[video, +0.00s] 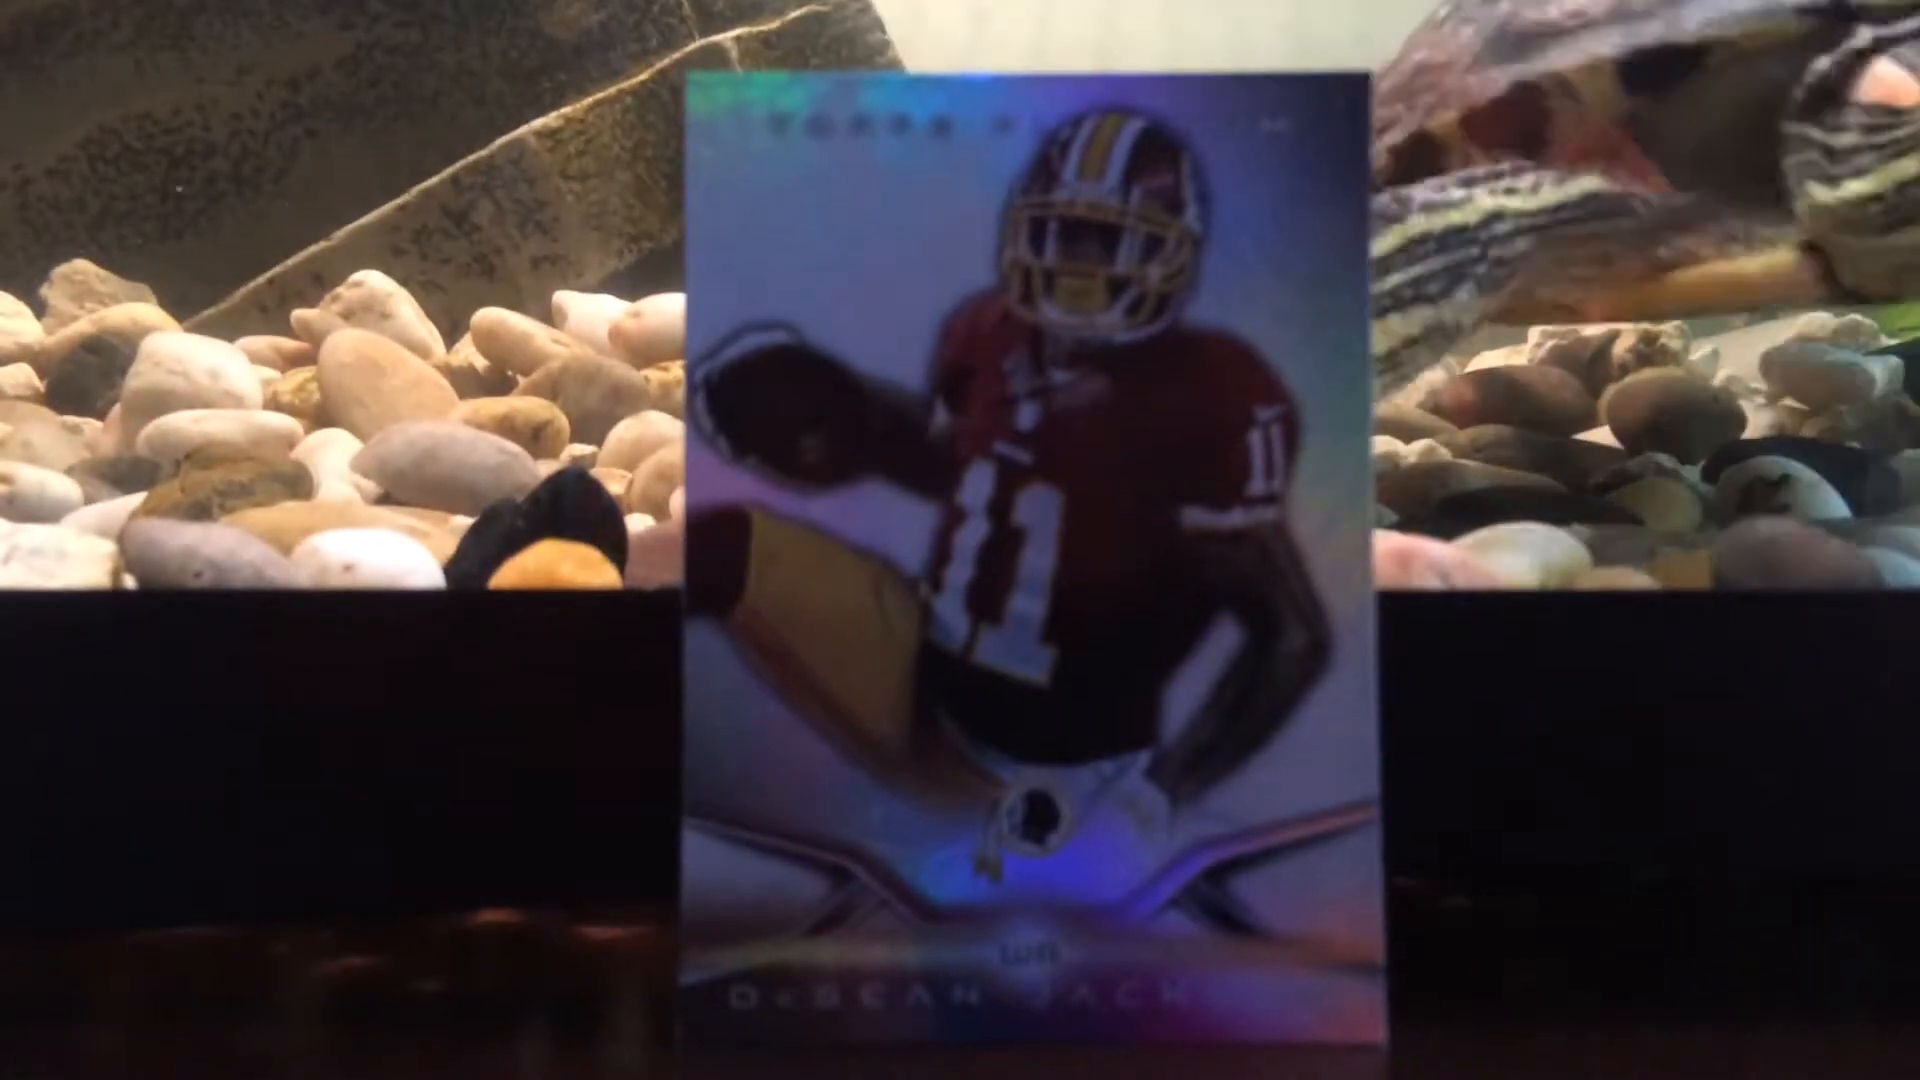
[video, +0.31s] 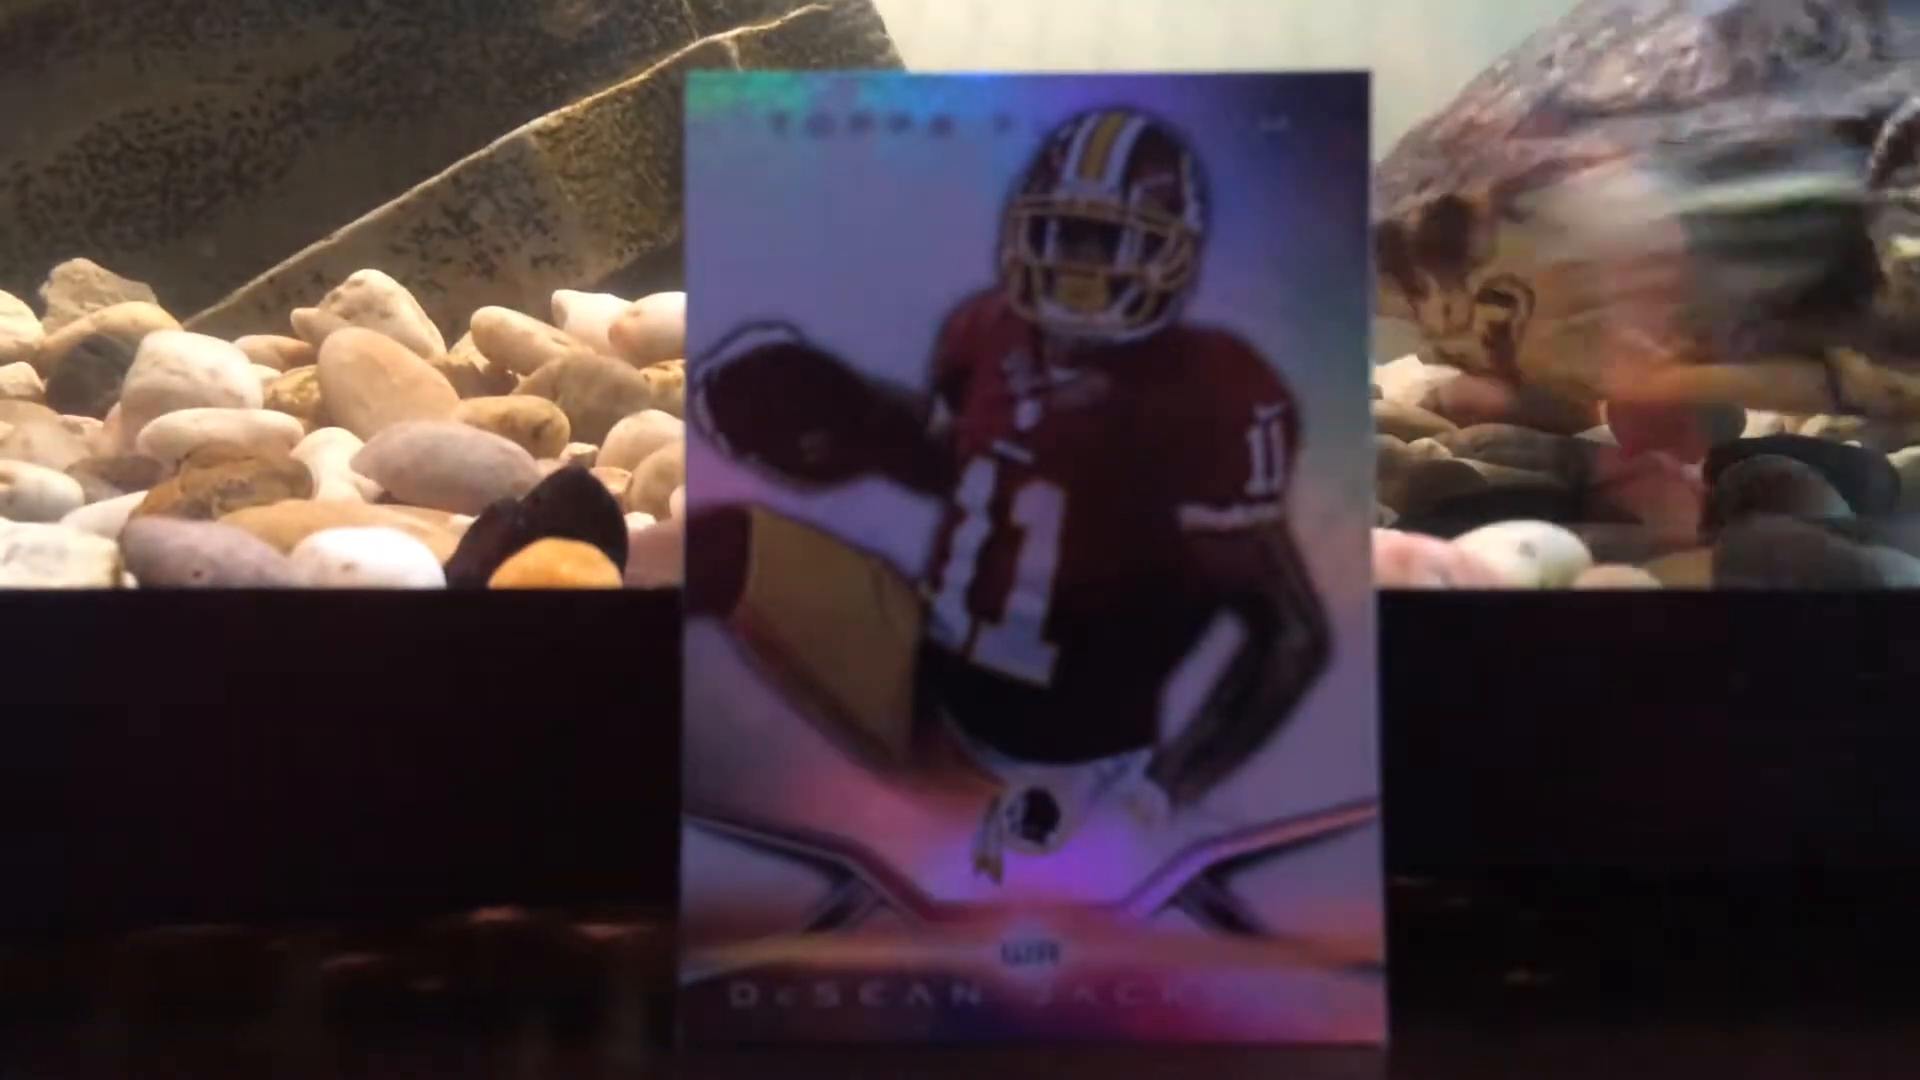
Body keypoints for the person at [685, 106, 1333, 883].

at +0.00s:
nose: (1082, 270)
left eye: (1116, 244)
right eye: (1063, 237)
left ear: (1176, 256)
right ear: (1023, 238)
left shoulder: (1218, 398)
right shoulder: (982, 337)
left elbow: (1293, 639)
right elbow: (959, 468)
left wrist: (1157, 797)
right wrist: (852, 423)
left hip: (1081, 762)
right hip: (932, 691)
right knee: (718, 547)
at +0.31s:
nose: (1082, 268)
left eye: (1116, 242)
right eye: (1062, 235)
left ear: (1177, 255)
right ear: (1022, 238)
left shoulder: (1216, 398)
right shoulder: (982, 336)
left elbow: (1293, 637)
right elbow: (955, 466)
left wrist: (1156, 795)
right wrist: (856, 423)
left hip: (1080, 752)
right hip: (932, 679)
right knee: (716, 546)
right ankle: (903, 777)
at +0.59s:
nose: (1080, 267)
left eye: (1114, 241)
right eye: (1061, 234)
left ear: (1176, 254)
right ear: (1021, 236)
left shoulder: (1212, 395)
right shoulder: (982, 334)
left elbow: (1293, 636)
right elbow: (956, 466)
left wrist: (1157, 794)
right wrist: (857, 423)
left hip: (1079, 756)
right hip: (931, 680)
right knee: (718, 546)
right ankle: (912, 783)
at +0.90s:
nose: (1080, 265)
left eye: (1115, 239)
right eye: (1062, 231)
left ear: (1176, 252)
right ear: (1022, 234)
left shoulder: (1214, 393)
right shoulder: (981, 332)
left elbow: (1293, 635)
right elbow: (954, 465)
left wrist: (1157, 795)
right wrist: (848, 418)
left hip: (1081, 756)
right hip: (932, 682)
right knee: (719, 545)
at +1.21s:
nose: (1078, 262)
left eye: (1113, 237)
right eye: (1060, 229)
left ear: (1174, 251)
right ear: (1021, 232)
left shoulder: (1214, 393)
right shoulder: (980, 332)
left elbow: (1293, 635)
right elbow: (962, 465)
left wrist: (1155, 794)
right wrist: (857, 417)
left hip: (1078, 757)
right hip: (931, 683)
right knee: (717, 542)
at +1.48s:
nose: (1080, 261)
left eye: (1114, 236)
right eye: (1062, 228)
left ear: (1174, 250)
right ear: (1023, 232)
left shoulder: (1211, 393)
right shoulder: (979, 331)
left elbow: (1292, 630)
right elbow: (962, 464)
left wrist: (1157, 791)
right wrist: (854, 416)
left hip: (1080, 761)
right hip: (934, 701)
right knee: (719, 543)